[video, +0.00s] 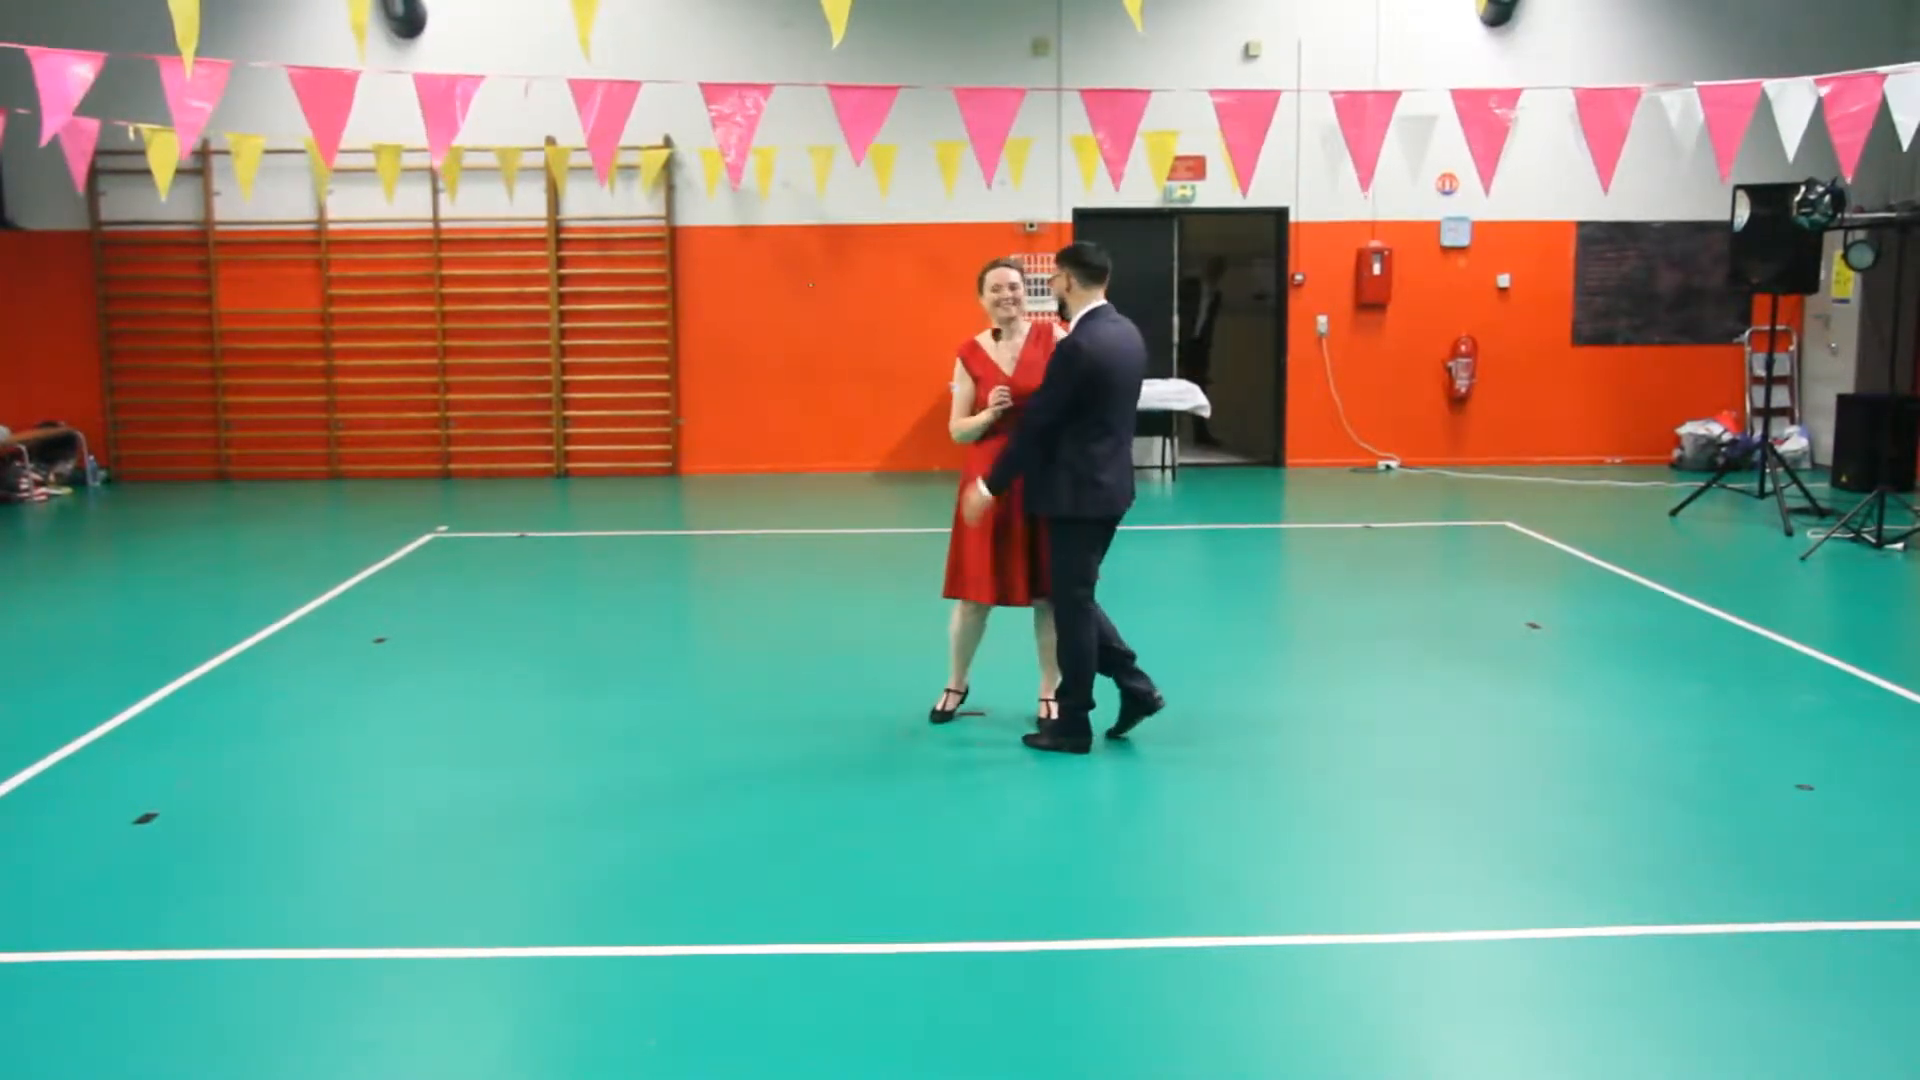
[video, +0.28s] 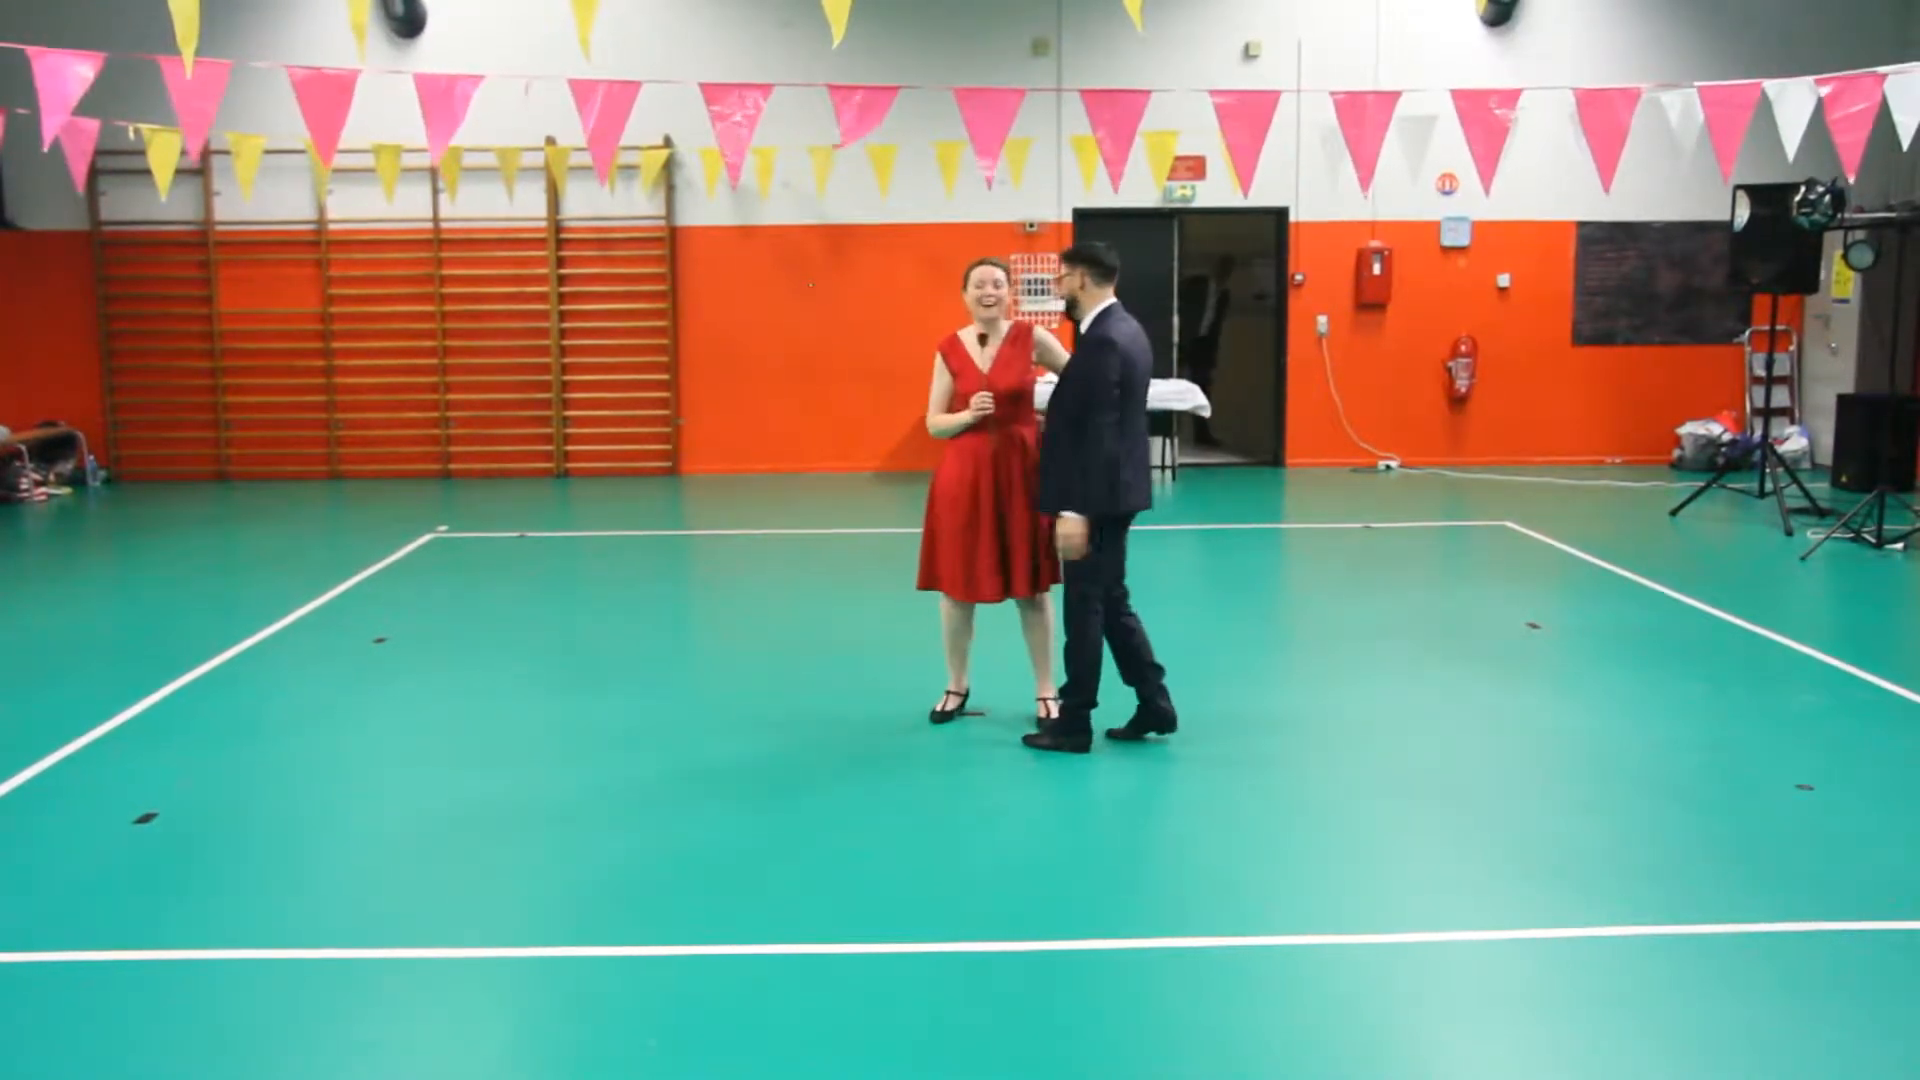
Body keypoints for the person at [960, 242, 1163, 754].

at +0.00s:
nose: (1051, 286)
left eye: (1054, 277)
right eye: (1053, 277)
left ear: (1068, 282)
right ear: (1103, 281)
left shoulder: (1079, 345)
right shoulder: (1127, 335)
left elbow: (1038, 419)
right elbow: (1100, 412)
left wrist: (993, 480)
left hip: (1075, 493)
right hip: (1108, 486)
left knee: (1072, 601)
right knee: (1072, 595)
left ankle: (1070, 724)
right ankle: (1136, 688)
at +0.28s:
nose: (1057, 284)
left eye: (1062, 275)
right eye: (1058, 275)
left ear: (1084, 279)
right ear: (1103, 279)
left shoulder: (1101, 341)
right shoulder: (1126, 330)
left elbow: (1095, 434)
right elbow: (1109, 421)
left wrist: (1076, 509)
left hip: (1096, 497)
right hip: (1115, 493)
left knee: (1083, 608)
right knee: (1110, 601)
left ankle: (1073, 722)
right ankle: (1155, 703)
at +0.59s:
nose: (1071, 292)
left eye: (1076, 282)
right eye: (1071, 283)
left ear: (1105, 283)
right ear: (1097, 284)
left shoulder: (1145, 336)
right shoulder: (1097, 333)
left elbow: (1163, 423)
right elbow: (1093, 406)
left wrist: (1157, 501)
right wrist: (1048, 448)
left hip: (1136, 497)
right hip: (1115, 493)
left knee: (1106, 610)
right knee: (1149, 609)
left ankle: (1078, 725)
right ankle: (1164, 713)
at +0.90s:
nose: (1085, 295)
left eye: (1091, 285)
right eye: (1084, 286)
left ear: (1123, 283)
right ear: (1110, 287)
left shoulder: (1169, 335)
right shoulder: (1115, 339)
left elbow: (1192, 422)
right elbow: (1108, 420)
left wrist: (1187, 499)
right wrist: (1069, 473)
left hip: (1166, 495)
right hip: (1134, 493)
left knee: (1163, 612)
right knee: (1154, 609)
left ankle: (1173, 730)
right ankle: (1158, 713)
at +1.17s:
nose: (1117, 293)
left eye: (1126, 283)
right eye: (1114, 285)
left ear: (1160, 280)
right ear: (1123, 290)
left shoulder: (1199, 334)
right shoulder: (1141, 340)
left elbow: (1217, 421)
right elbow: (1123, 415)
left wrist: (1199, 493)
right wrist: (1084, 472)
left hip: (1195, 491)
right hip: (1148, 490)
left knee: (1209, 604)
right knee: (1163, 610)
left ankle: (1263, 710)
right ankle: (1162, 713)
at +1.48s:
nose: (1172, 289)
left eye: (1183, 279)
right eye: (1165, 281)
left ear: (1209, 282)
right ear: (1159, 288)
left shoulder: (1241, 338)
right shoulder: (1159, 341)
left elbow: (1261, 420)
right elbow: (1145, 411)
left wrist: (1242, 493)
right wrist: (1103, 461)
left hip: (1230, 491)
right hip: (1175, 490)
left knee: (1247, 607)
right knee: (1175, 609)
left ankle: (1267, 713)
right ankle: (1164, 712)